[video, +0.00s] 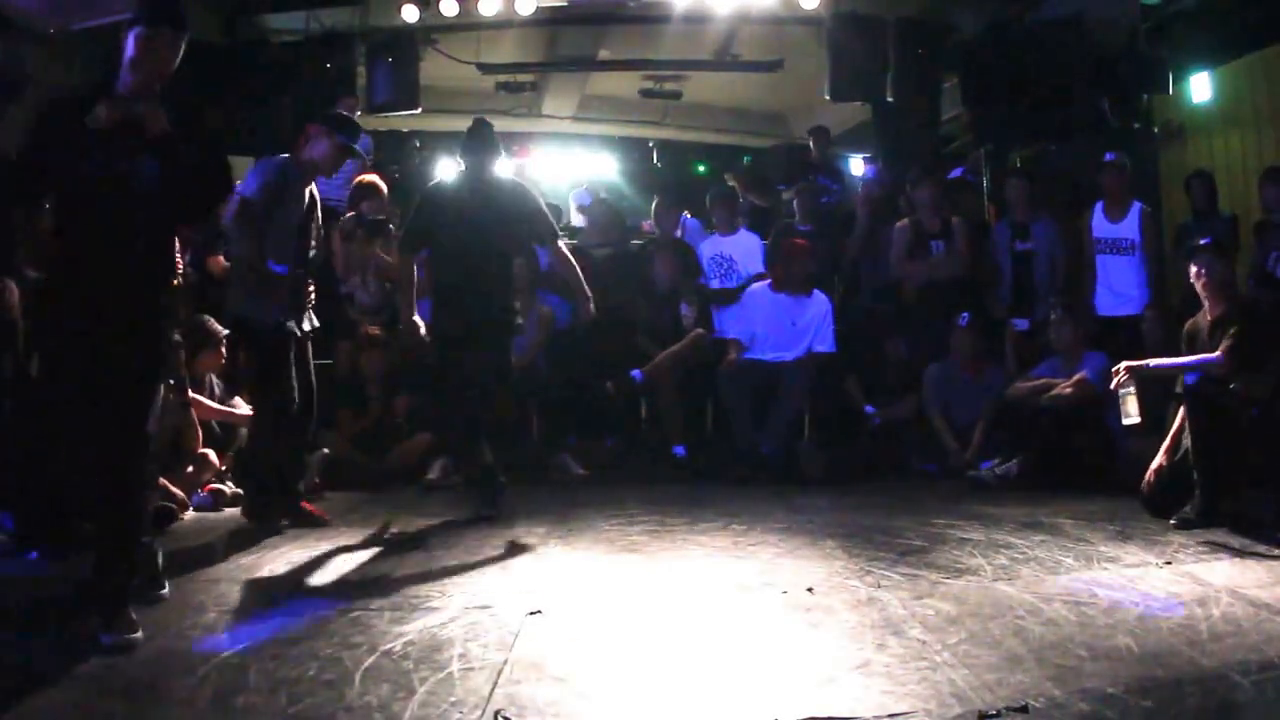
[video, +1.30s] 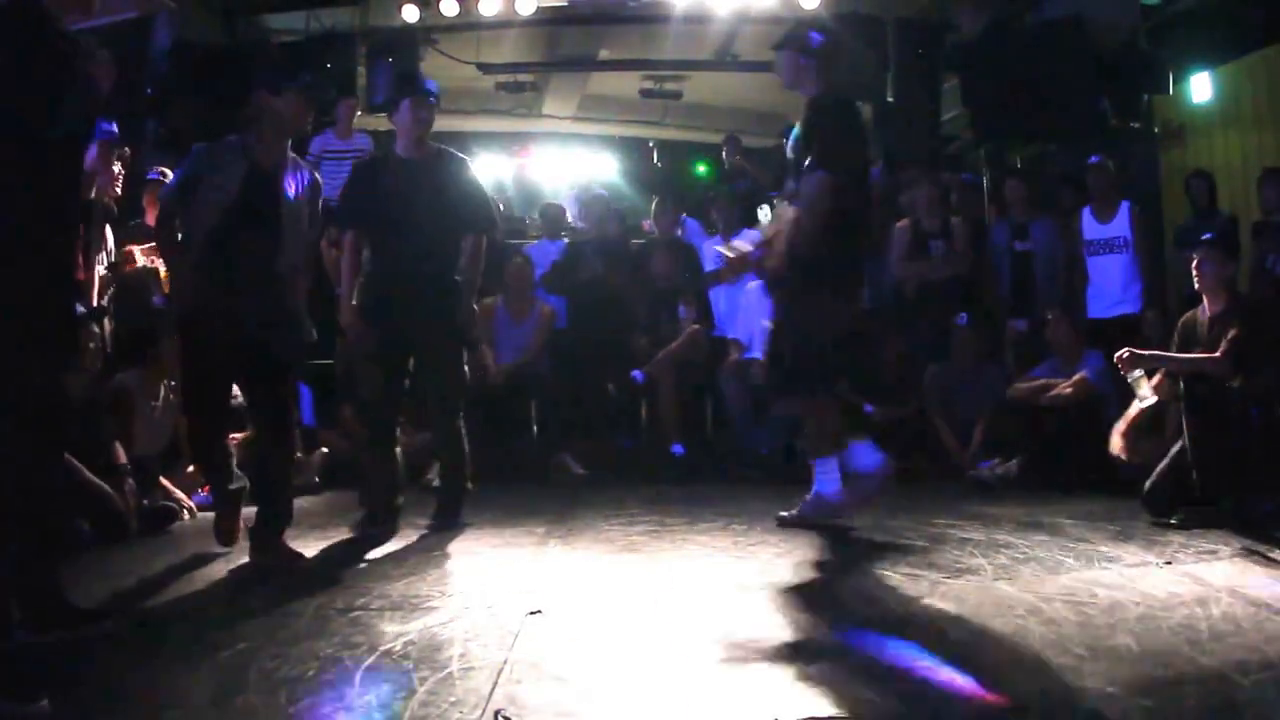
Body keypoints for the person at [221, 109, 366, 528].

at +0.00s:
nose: (340, 162)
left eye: (345, 155)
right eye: (337, 150)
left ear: (334, 153)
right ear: (311, 137)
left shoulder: (311, 195)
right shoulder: (272, 172)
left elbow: (308, 256)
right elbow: (237, 225)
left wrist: (307, 288)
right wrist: (265, 269)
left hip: (294, 315)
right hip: (263, 314)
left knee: (303, 404)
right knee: (278, 403)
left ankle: (289, 494)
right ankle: (261, 498)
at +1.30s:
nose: (303, 114)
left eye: (304, 105)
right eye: (294, 102)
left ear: (301, 115)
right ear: (262, 102)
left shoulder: (305, 179)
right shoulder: (211, 161)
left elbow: (307, 253)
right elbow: (165, 218)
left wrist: (298, 312)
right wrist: (180, 274)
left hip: (273, 316)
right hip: (208, 314)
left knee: (278, 429)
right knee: (202, 417)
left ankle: (270, 537)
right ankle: (225, 492)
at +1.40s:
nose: (302, 106)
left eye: (304, 97)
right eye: (293, 95)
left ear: (302, 109)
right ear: (261, 96)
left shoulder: (304, 171)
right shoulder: (214, 151)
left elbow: (307, 249)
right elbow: (162, 195)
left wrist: (310, 319)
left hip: (275, 315)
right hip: (208, 311)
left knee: (279, 428)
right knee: (209, 421)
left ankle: (270, 536)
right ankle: (222, 515)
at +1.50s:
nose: (288, 97)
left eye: (296, 89)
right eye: (281, 85)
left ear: (302, 95)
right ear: (260, 84)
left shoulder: (303, 159)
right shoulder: (216, 137)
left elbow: (301, 237)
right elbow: (162, 193)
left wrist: (301, 301)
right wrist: (189, 244)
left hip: (269, 308)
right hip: (208, 306)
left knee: (270, 428)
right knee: (210, 426)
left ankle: (269, 541)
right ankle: (216, 547)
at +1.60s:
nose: (284, 94)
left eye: (291, 84)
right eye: (276, 82)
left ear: (297, 92)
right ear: (253, 83)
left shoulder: (296, 158)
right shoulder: (217, 134)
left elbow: (295, 236)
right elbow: (155, 189)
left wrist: (297, 302)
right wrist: (188, 248)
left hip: (267, 314)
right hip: (209, 309)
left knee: (265, 433)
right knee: (205, 432)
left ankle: (269, 542)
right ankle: (191, 549)